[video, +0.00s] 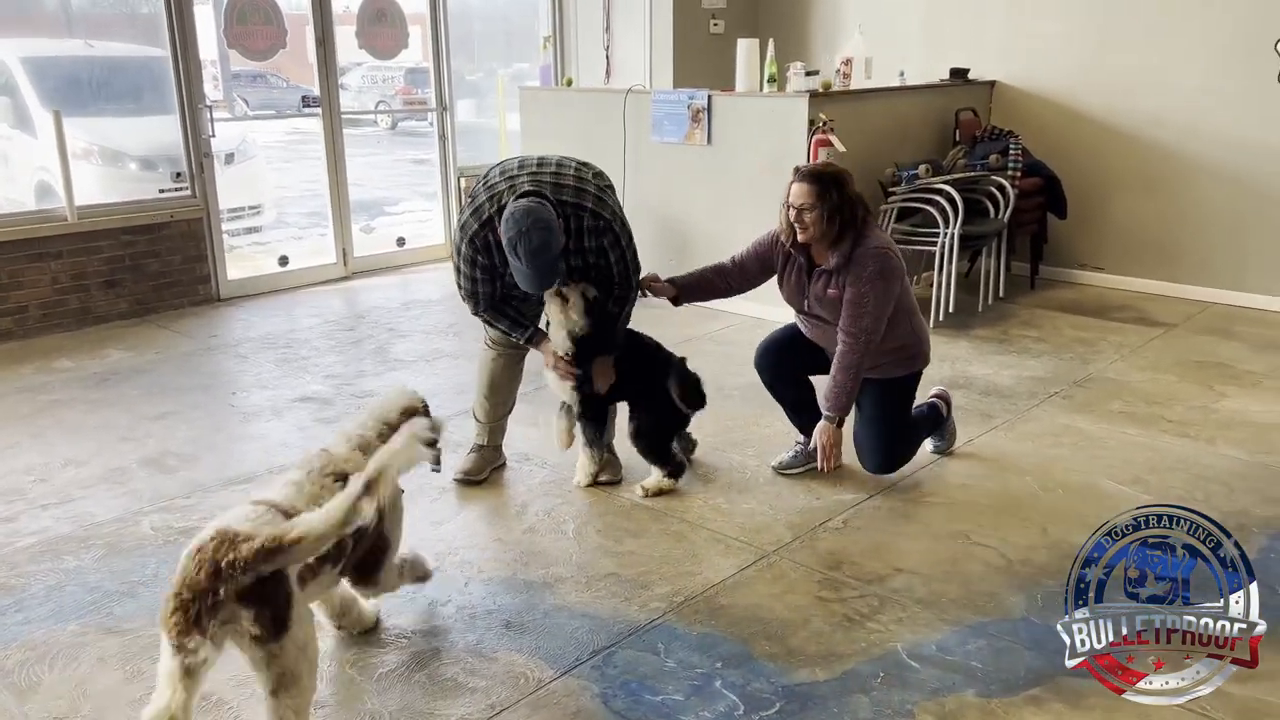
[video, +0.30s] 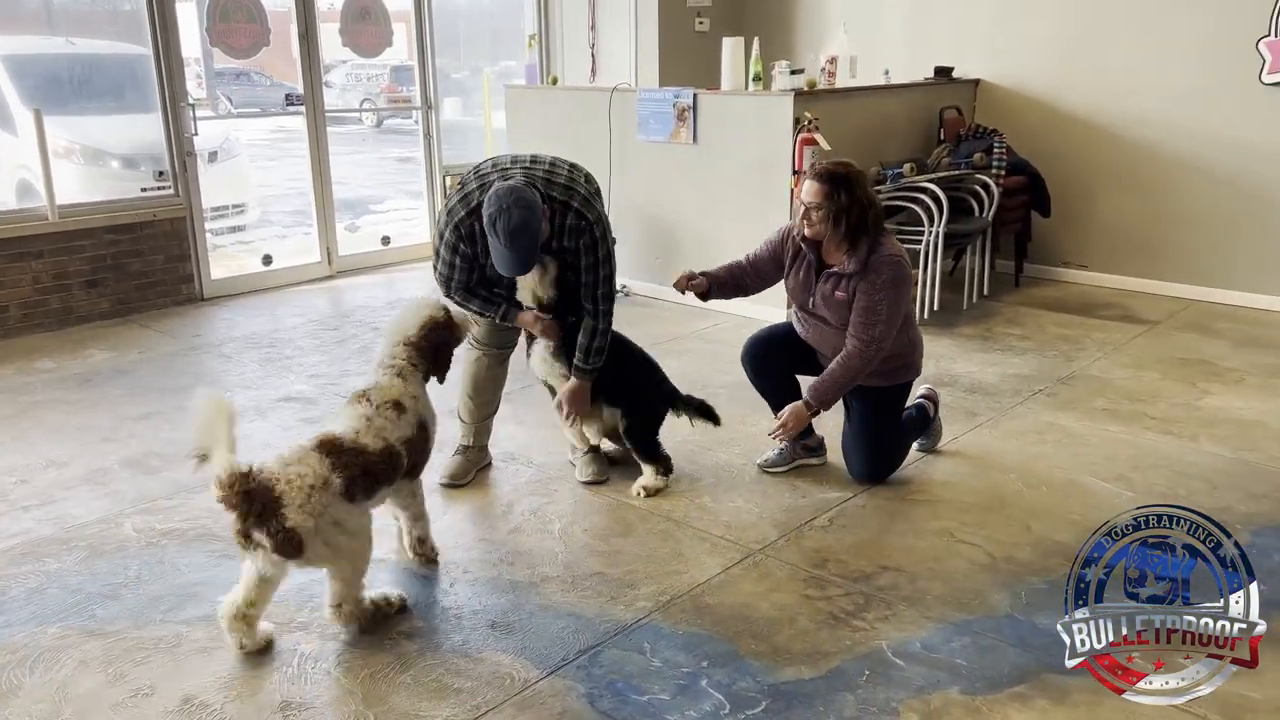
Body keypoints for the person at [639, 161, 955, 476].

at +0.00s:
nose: (796, 218)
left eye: (806, 210)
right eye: (791, 208)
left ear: (834, 210)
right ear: (786, 207)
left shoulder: (872, 259)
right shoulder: (787, 244)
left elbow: (854, 344)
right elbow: (735, 273)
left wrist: (833, 419)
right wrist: (674, 288)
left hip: (888, 353)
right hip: (831, 337)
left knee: (878, 459)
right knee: (772, 357)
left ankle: (938, 411)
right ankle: (813, 442)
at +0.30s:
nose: (804, 216)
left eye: (815, 208)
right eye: (802, 206)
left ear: (844, 212)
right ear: (798, 202)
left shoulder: (884, 265)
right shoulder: (796, 238)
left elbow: (862, 351)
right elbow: (753, 270)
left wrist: (809, 406)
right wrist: (708, 282)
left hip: (878, 364)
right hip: (822, 342)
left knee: (866, 469)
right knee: (759, 353)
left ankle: (925, 410)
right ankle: (805, 441)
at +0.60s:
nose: (803, 199)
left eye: (814, 192)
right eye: (802, 189)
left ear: (845, 195)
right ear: (798, 189)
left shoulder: (886, 252)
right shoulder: (799, 232)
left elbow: (888, 339)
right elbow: (778, 282)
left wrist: (817, 368)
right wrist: (752, 308)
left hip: (871, 359)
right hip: (814, 335)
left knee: (857, 468)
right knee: (746, 347)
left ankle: (918, 407)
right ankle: (792, 435)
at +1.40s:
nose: (804, 190)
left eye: (816, 182)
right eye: (803, 180)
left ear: (847, 186)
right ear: (799, 181)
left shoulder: (886, 247)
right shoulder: (798, 228)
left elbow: (864, 334)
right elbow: (775, 286)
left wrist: (788, 337)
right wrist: (758, 314)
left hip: (866, 364)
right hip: (814, 348)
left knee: (847, 470)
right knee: (734, 346)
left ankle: (908, 407)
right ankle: (780, 435)